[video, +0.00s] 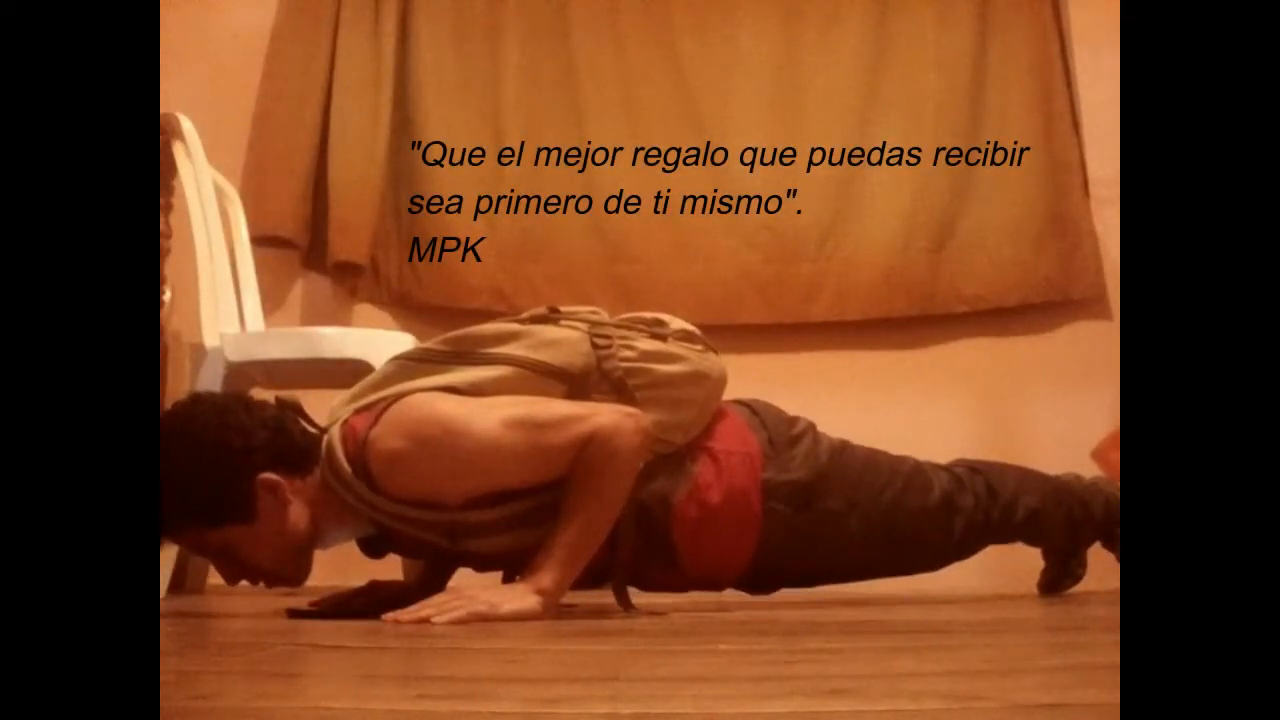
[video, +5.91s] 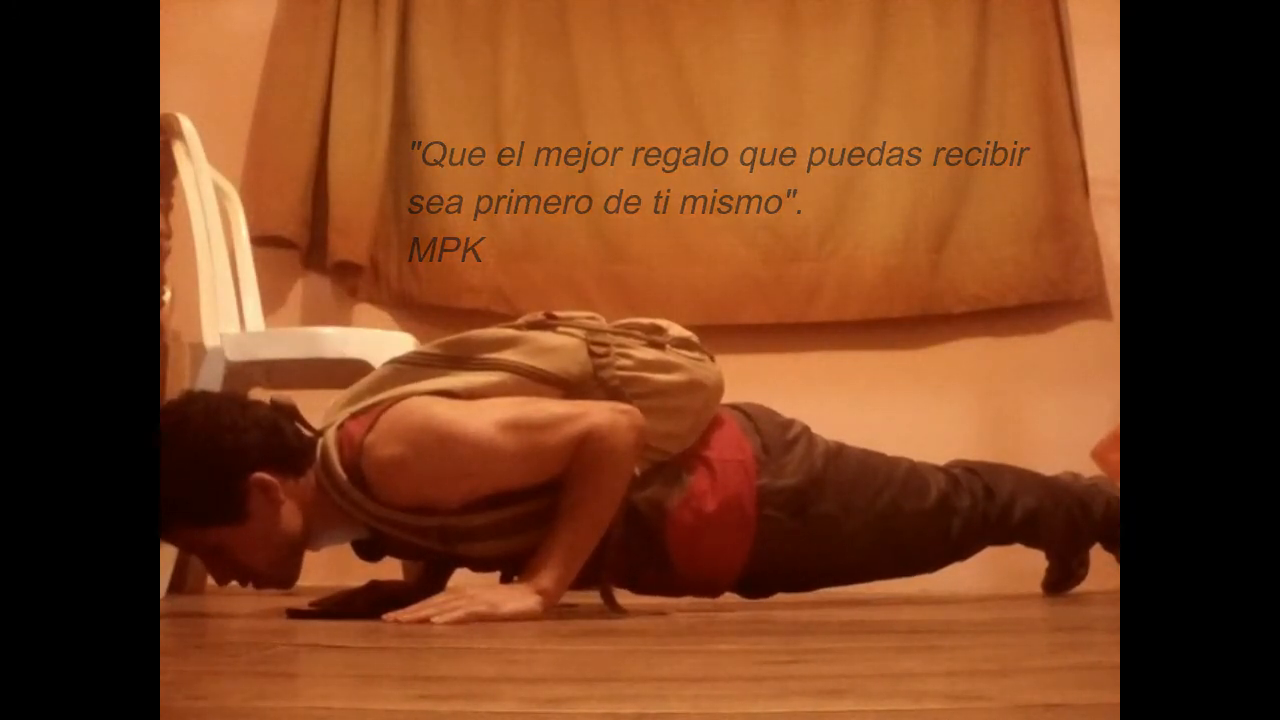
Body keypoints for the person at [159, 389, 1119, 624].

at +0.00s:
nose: (225, 573)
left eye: (220, 549)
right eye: (207, 559)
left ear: (275, 491)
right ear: (270, 483)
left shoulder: (405, 448)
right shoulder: (356, 457)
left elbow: (616, 438)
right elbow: (462, 538)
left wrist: (538, 587)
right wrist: (394, 585)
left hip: (740, 488)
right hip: (710, 502)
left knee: (944, 508)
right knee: (922, 507)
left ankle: (1094, 504)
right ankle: (1072, 506)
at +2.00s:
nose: (220, 573)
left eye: (214, 548)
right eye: (201, 559)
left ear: (267, 489)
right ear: (263, 481)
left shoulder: (400, 448)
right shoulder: (354, 461)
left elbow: (613, 437)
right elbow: (454, 548)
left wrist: (538, 588)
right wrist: (376, 592)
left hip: (739, 491)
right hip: (712, 502)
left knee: (944, 508)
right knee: (923, 506)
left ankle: (1091, 504)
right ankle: (1075, 503)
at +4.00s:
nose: (219, 576)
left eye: (211, 552)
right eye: (200, 561)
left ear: (263, 494)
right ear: (260, 483)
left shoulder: (396, 451)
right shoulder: (353, 461)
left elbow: (610, 438)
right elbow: (481, 534)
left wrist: (539, 588)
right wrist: (384, 589)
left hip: (735, 490)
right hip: (707, 505)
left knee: (941, 509)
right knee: (921, 509)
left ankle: (1093, 505)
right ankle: (1075, 506)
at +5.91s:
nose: (212, 575)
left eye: (208, 548)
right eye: (195, 557)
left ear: (262, 492)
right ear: (258, 479)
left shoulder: (397, 453)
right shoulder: (352, 460)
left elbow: (610, 438)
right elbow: (476, 529)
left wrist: (539, 590)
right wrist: (393, 586)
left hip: (737, 494)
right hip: (709, 503)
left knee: (946, 508)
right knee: (924, 506)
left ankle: (1095, 505)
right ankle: (1079, 504)